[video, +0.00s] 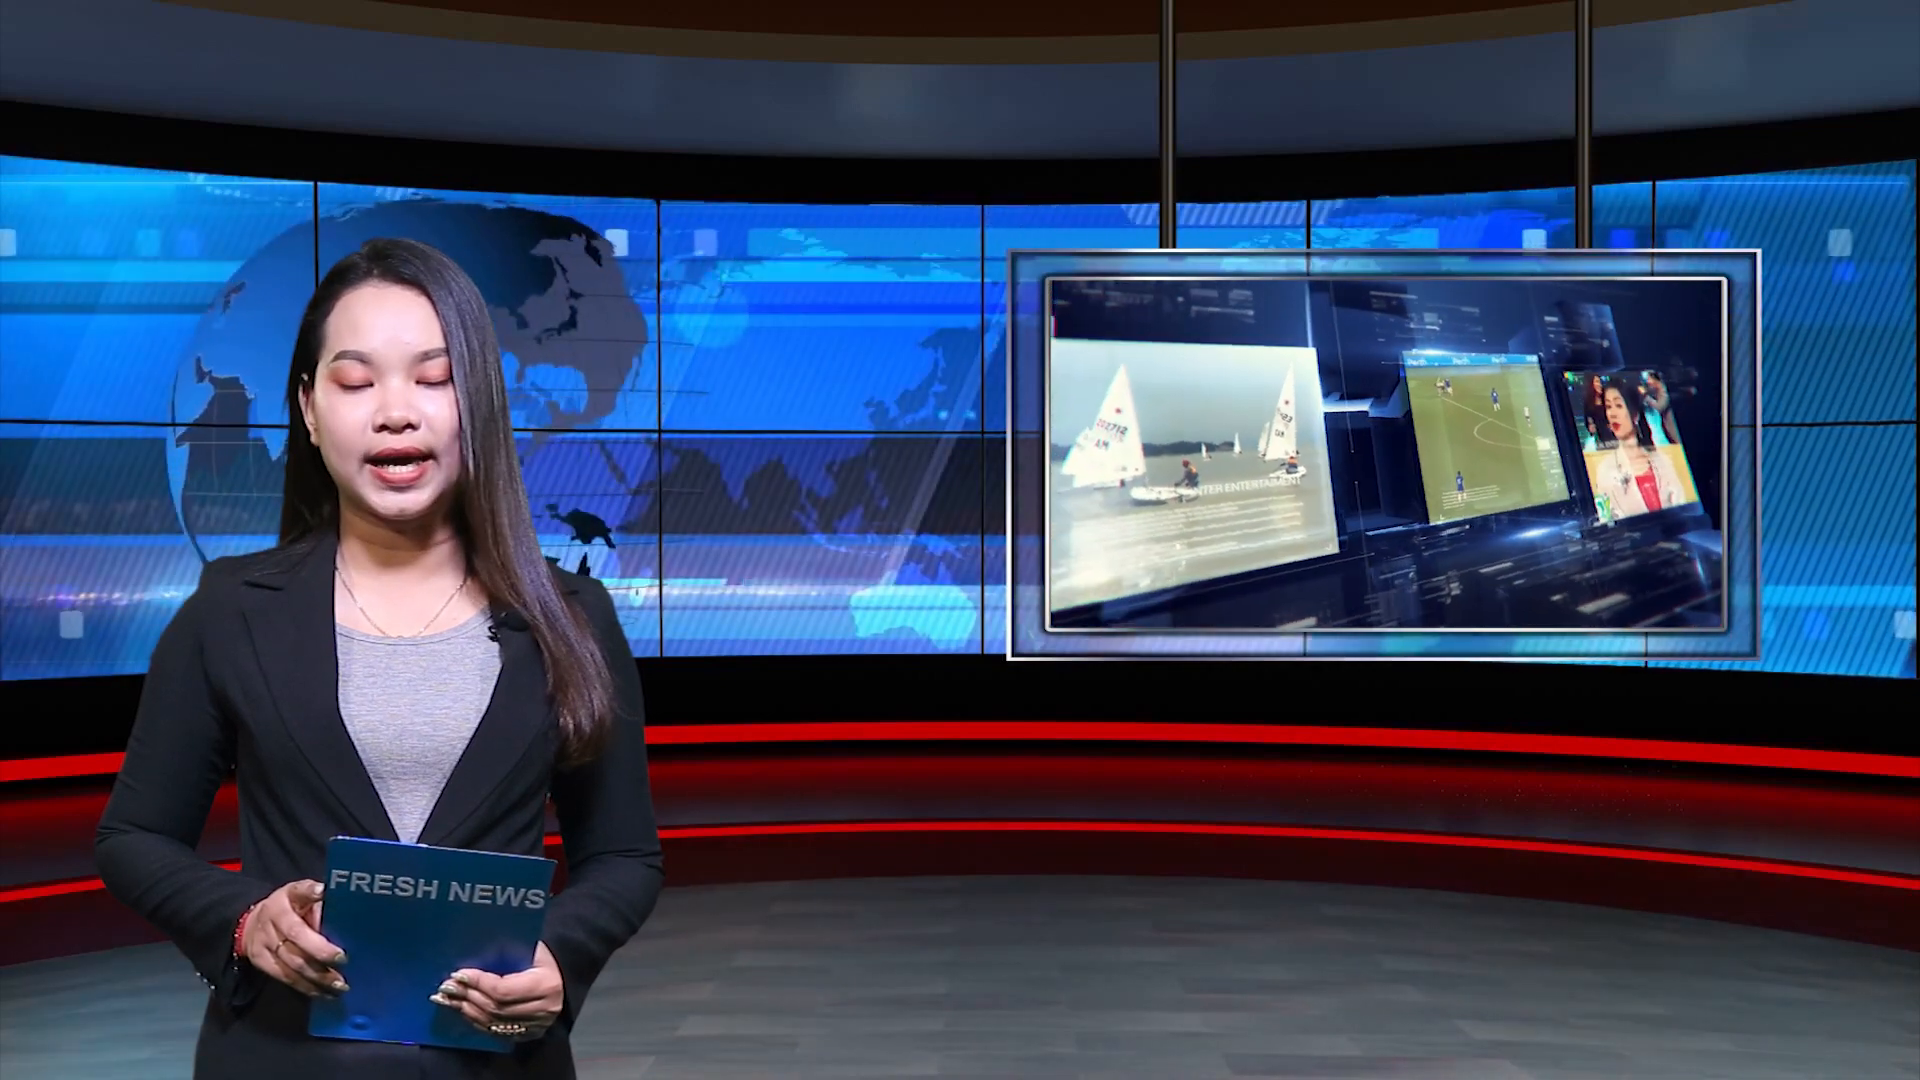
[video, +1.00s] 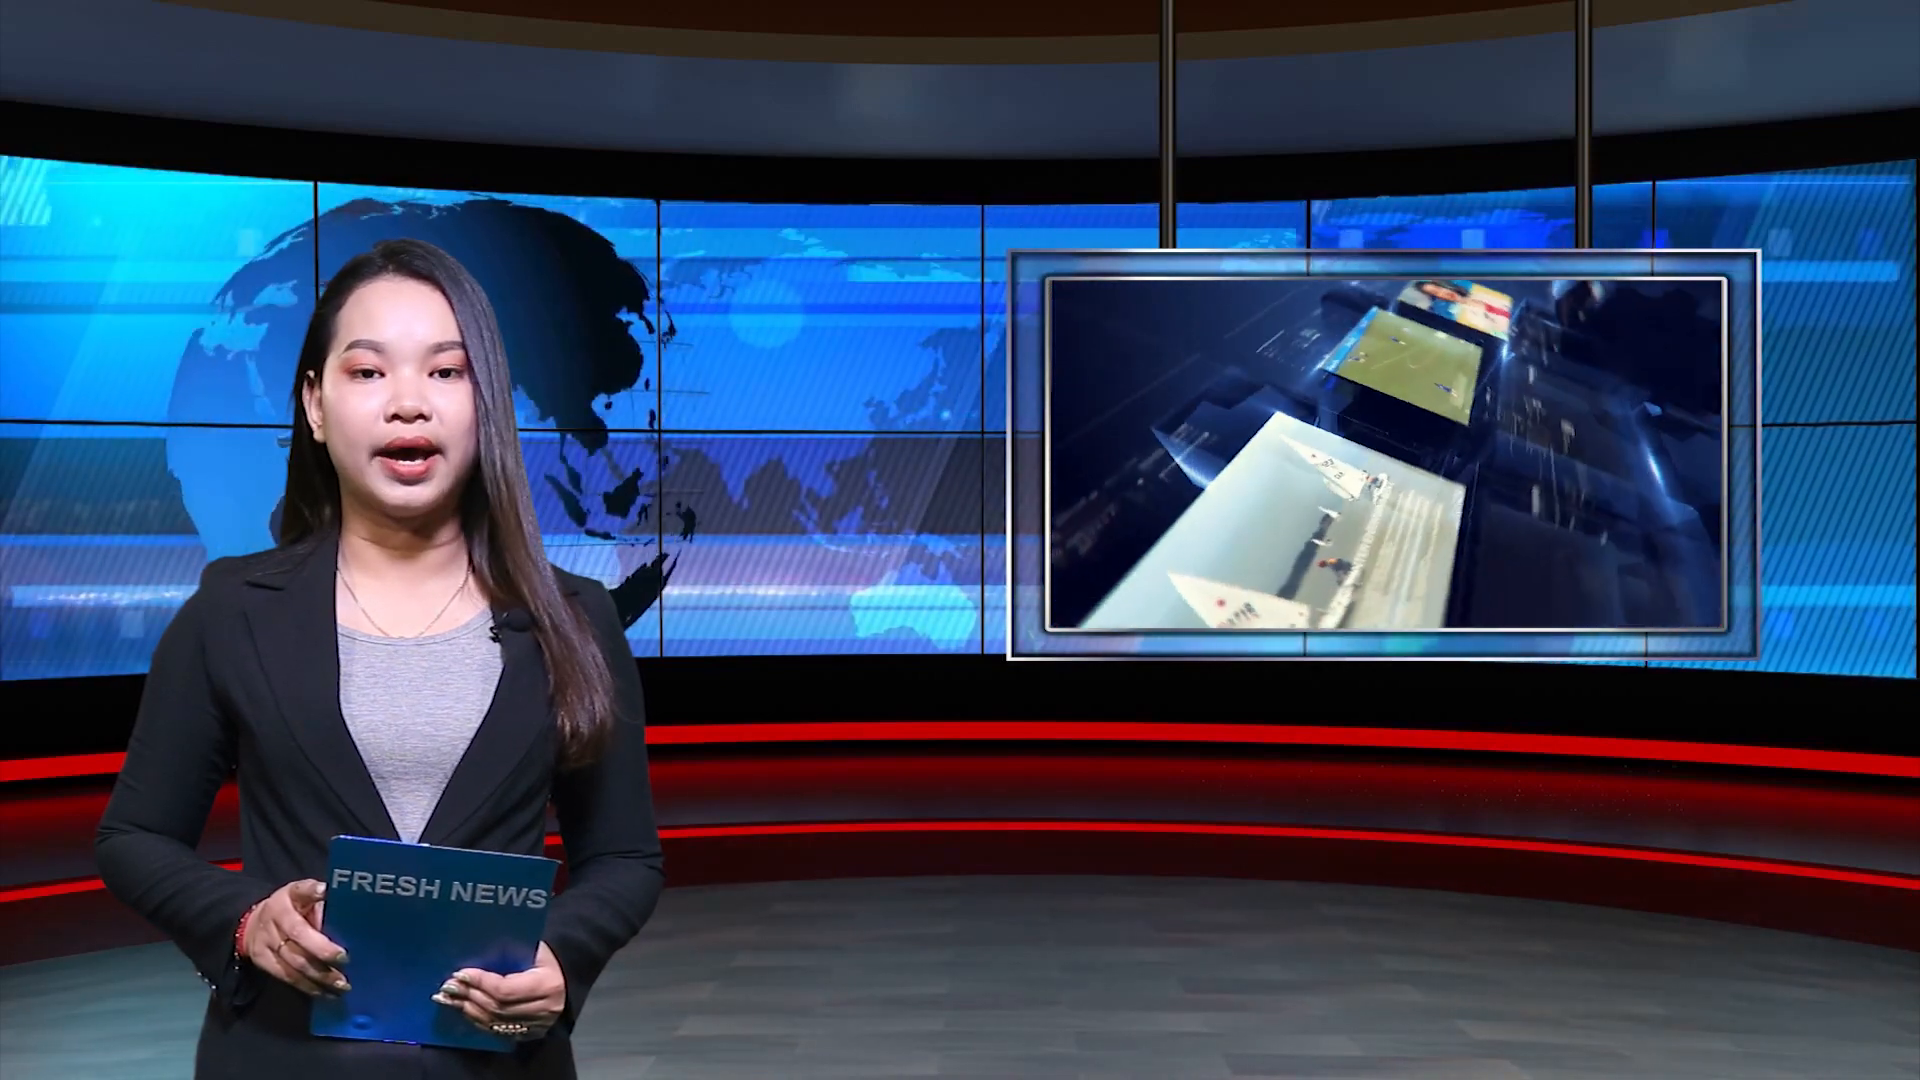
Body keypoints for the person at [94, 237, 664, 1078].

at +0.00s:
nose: (396, 413)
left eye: (432, 375)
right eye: (355, 379)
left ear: (476, 400)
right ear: (310, 411)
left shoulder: (566, 618)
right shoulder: (234, 612)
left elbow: (622, 856)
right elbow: (133, 838)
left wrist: (556, 960)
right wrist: (240, 915)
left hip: (499, 1052)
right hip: (282, 1054)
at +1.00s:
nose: (409, 403)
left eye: (446, 370)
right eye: (367, 370)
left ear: (486, 404)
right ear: (316, 406)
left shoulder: (571, 620)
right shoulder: (234, 612)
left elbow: (623, 857)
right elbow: (134, 838)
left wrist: (557, 959)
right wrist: (242, 917)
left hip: (499, 1053)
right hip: (284, 1054)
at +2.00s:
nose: (413, 413)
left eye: (447, 377)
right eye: (371, 377)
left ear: (486, 405)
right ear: (317, 407)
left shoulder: (571, 620)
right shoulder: (236, 617)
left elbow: (630, 858)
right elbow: (139, 842)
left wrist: (558, 958)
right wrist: (236, 909)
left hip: (499, 1053)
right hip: (285, 1056)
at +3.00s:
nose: (409, 412)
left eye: (442, 377)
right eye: (367, 376)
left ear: (479, 406)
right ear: (310, 408)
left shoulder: (563, 620)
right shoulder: (231, 613)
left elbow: (626, 860)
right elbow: (129, 840)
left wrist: (549, 962)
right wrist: (234, 896)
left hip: (492, 1053)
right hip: (277, 1055)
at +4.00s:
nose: (405, 407)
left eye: (440, 374)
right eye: (364, 373)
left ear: (479, 404)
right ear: (311, 406)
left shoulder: (566, 618)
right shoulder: (230, 609)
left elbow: (624, 857)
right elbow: (124, 832)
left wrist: (548, 960)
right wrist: (237, 908)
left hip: (493, 1051)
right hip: (277, 1052)